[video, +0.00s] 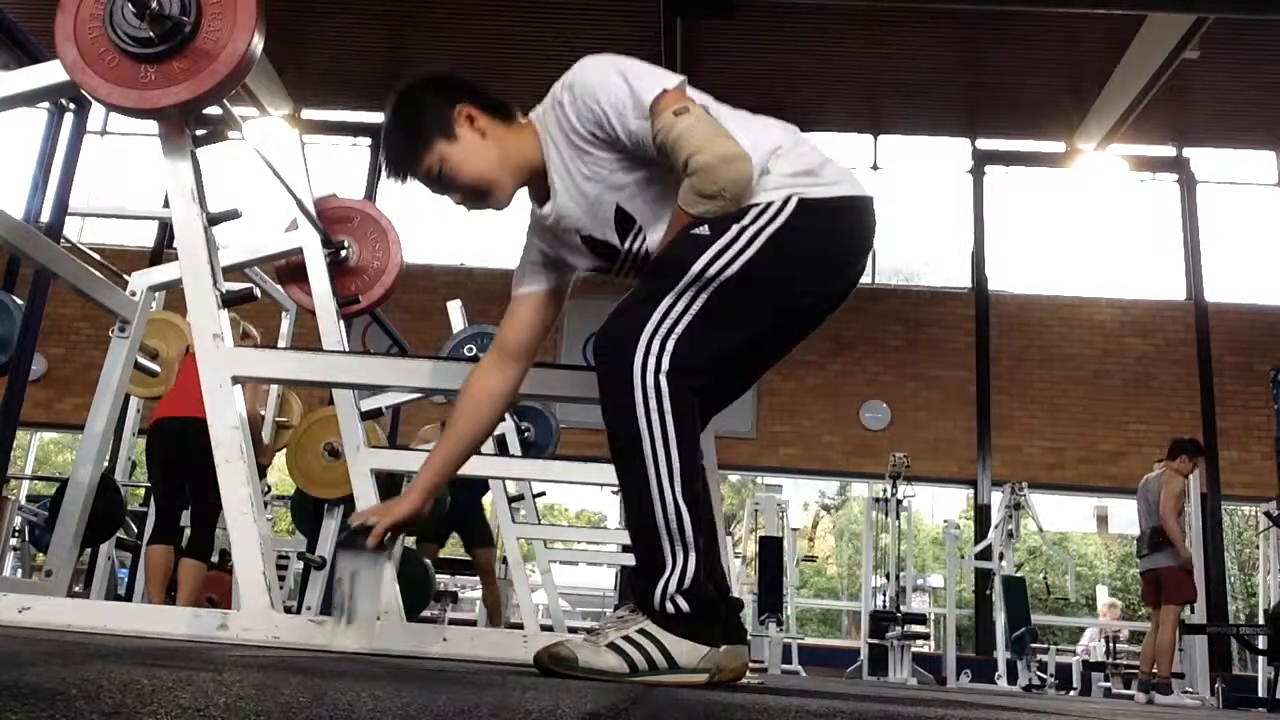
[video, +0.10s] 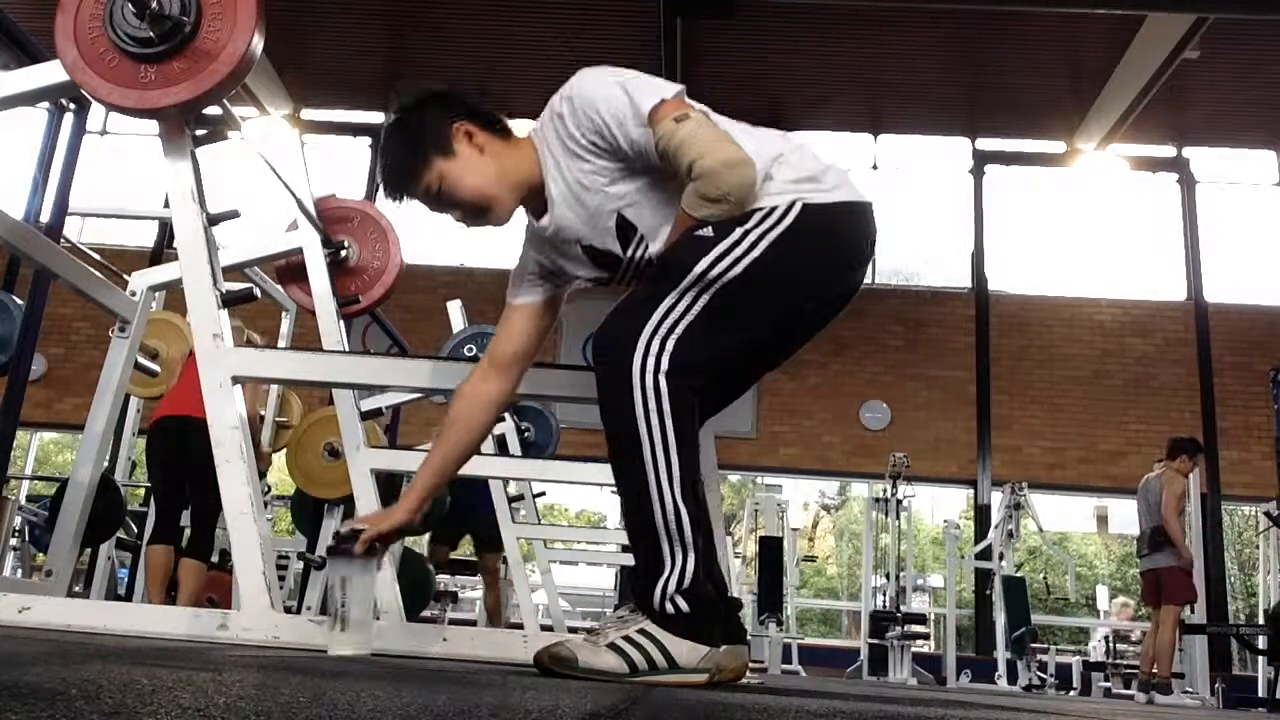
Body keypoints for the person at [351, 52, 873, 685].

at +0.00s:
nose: (453, 196)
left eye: (442, 172)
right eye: (437, 189)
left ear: (472, 121)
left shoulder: (589, 85)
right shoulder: (552, 230)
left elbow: (721, 169)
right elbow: (501, 366)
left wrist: (658, 257)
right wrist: (417, 493)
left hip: (801, 201)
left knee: (635, 348)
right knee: (657, 396)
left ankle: (684, 621)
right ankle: (702, 624)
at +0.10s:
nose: (453, 214)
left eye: (442, 192)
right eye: (438, 209)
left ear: (470, 138)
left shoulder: (586, 98)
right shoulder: (546, 248)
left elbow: (726, 174)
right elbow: (494, 376)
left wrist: (660, 265)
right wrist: (410, 503)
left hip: (803, 209)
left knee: (634, 345)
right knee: (655, 390)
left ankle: (686, 621)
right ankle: (700, 626)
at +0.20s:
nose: (455, 204)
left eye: (444, 180)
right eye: (439, 197)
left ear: (472, 131)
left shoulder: (591, 93)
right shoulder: (547, 237)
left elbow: (728, 171)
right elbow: (496, 361)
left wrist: (662, 262)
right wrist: (416, 495)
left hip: (805, 208)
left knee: (639, 345)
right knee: (655, 380)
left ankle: (689, 622)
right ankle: (691, 620)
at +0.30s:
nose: (456, 172)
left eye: (447, 151)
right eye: (442, 165)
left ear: (479, 101)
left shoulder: (599, 73)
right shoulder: (556, 211)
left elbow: (726, 164)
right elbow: (505, 343)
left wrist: (672, 241)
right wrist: (425, 481)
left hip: (807, 195)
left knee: (650, 342)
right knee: (658, 374)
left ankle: (691, 622)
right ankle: (664, 609)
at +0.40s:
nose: (463, 140)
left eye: (457, 117)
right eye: (452, 131)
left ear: (489, 71)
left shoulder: (608, 51)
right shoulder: (567, 184)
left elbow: (725, 155)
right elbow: (530, 319)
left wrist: (677, 235)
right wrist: (455, 454)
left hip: (805, 182)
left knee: (658, 344)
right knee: (674, 379)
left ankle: (685, 622)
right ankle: (707, 628)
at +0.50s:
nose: (477, 106)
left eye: (469, 84)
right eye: (466, 98)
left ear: (500, 38)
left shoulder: (620, 30)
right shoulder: (580, 157)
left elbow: (721, 149)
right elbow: (564, 285)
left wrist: (676, 259)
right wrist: (516, 417)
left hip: (802, 171)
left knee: (667, 350)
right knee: (689, 387)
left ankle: (684, 623)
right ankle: (710, 629)